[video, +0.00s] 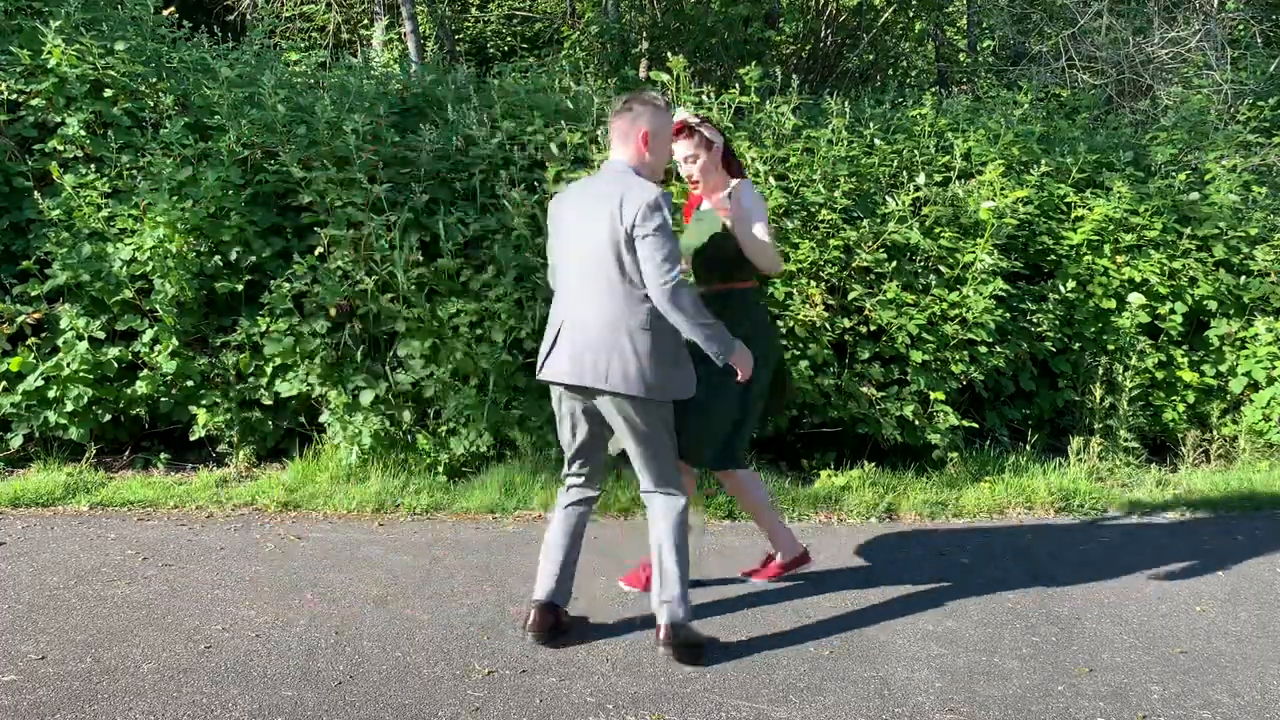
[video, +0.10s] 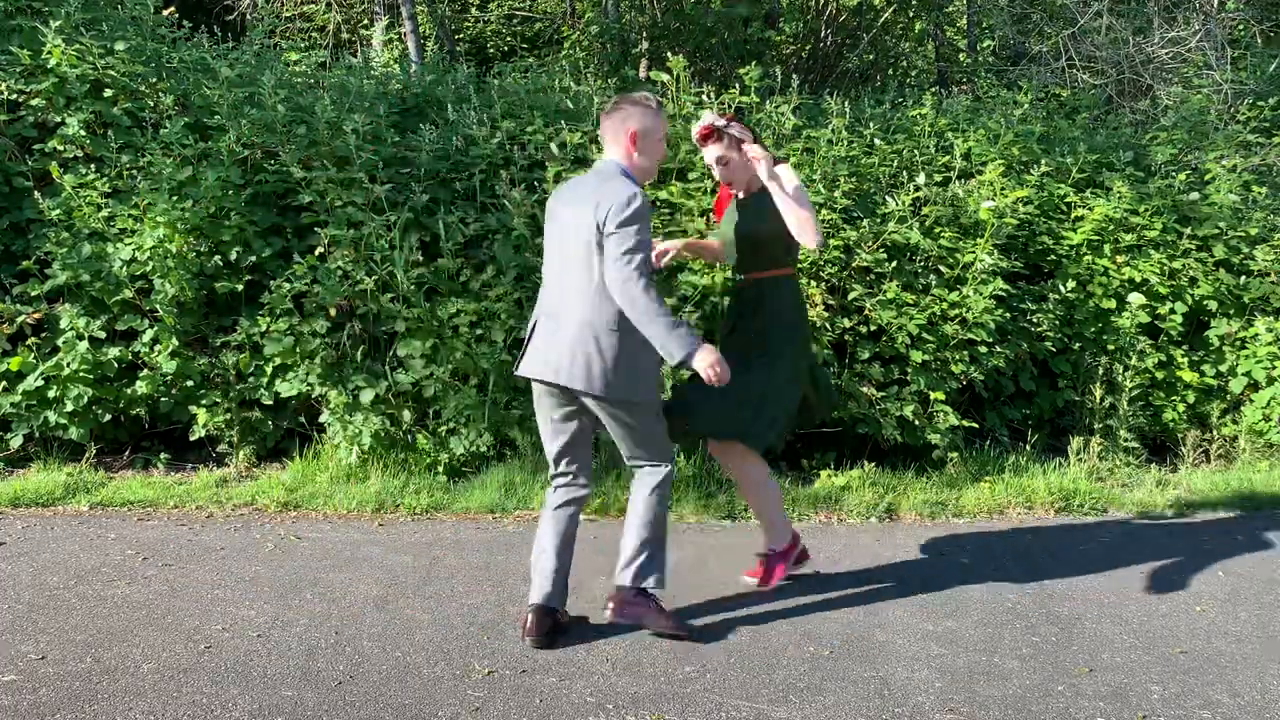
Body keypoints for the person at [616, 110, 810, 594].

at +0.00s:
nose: (687, 168)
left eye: (694, 157)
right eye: (681, 160)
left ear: (717, 151)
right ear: (676, 161)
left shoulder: (743, 193)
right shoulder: (692, 202)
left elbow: (772, 264)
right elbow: (684, 265)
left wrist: (736, 227)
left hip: (739, 318)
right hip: (702, 316)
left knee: (685, 441)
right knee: (720, 447)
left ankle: (661, 560)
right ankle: (787, 546)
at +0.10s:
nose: (719, 174)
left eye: (724, 162)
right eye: (712, 167)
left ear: (747, 150)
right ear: (712, 163)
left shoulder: (781, 182)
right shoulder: (736, 198)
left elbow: (810, 237)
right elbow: (729, 251)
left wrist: (771, 177)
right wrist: (684, 246)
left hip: (777, 324)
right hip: (746, 322)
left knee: (730, 437)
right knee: (723, 437)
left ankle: (783, 542)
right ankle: (781, 541)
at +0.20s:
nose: (743, 175)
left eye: (745, 163)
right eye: (738, 167)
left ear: (771, 147)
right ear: (749, 159)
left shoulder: (811, 172)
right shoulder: (757, 190)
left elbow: (843, 232)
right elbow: (762, 253)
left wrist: (797, 186)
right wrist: (716, 239)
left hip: (818, 332)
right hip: (775, 332)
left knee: (802, 447)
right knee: (733, 430)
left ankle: (866, 539)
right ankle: (772, 533)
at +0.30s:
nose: (772, 182)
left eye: (775, 169)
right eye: (765, 174)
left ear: (798, 153)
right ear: (766, 170)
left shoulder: (842, 188)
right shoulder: (779, 209)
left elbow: (881, 256)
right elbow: (774, 272)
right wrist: (733, 255)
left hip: (853, 343)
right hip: (803, 344)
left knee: (857, 451)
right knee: (749, 425)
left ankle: (890, 561)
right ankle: (760, 546)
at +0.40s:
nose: (785, 187)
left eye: (788, 175)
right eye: (779, 180)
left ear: (814, 158)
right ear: (778, 176)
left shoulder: (865, 195)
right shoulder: (793, 217)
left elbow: (904, 264)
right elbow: (789, 288)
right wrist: (748, 276)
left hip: (879, 335)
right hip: (829, 341)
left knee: (867, 448)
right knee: (787, 439)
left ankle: (893, 563)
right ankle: (764, 564)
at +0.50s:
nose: (800, 190)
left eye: (804, 178)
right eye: (794, 182)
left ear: (831, 163)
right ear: (794, 180)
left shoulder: (884, 202)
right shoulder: (807, 222)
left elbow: (940, 261)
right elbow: (797, 298)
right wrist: (760, 290)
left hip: (894, 334)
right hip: (849, 342)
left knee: (882, 451)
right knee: (819, 448)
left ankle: (897, 567)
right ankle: (768, 567)